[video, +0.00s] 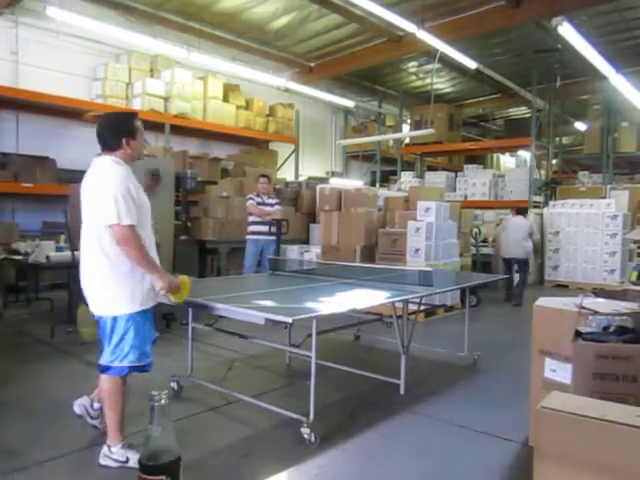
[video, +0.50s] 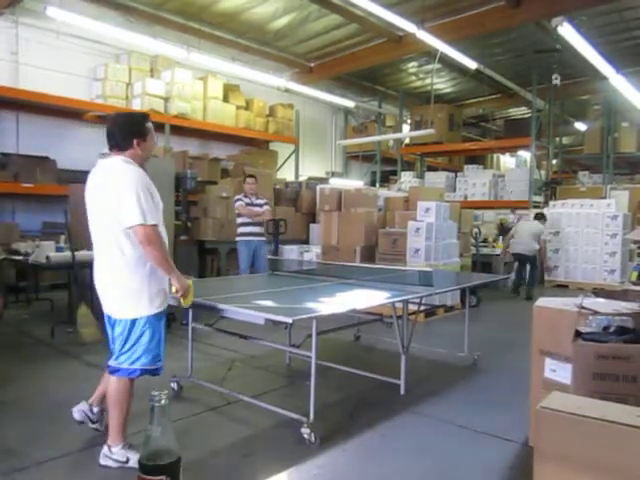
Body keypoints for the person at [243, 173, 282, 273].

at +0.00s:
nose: (263, 185)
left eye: (266, 183)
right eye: (261, 183)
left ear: (269, 185)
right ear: (257, 185)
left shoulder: (274, 200)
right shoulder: (252, 197)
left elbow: (279, 215)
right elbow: (252, 210)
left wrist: (265, 217)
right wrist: (271, 212)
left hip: (270, 237)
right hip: (254, 236)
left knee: (268, 267)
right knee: (250, 267)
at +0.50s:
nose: (251, 186)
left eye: (253, 183)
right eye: (248, 183)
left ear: (256, 185)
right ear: (244, 185)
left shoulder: (262, 200)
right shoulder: (239, 198)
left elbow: (268, 216)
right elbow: (243, 211)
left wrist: (252, 217)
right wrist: (261, 212)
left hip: (260, 238)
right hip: (244, 238)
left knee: (262, 269)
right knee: (244, 270)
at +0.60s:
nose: (248, 186)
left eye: (250, 184)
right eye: (245, 184)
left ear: (254, 185)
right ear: (241, 186)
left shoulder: (259, 199)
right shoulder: (236, 199)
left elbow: (266, 216)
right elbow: (243, 212)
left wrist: (251, 217)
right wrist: (258, 212)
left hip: (258, 238)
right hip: (242, 239)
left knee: (262, 269)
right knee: (244, 270)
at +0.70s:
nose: (246, 186)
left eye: (249, 183)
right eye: (244, 184)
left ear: (252, 185)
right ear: (239, 185)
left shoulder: (258, 199)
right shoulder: (235, 199)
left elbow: (266, 215)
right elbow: (243, 212)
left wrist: (252, 218)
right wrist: (258, 212)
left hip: (258, 239)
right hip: (242, 239)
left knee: (262, 270)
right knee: (244, 271)